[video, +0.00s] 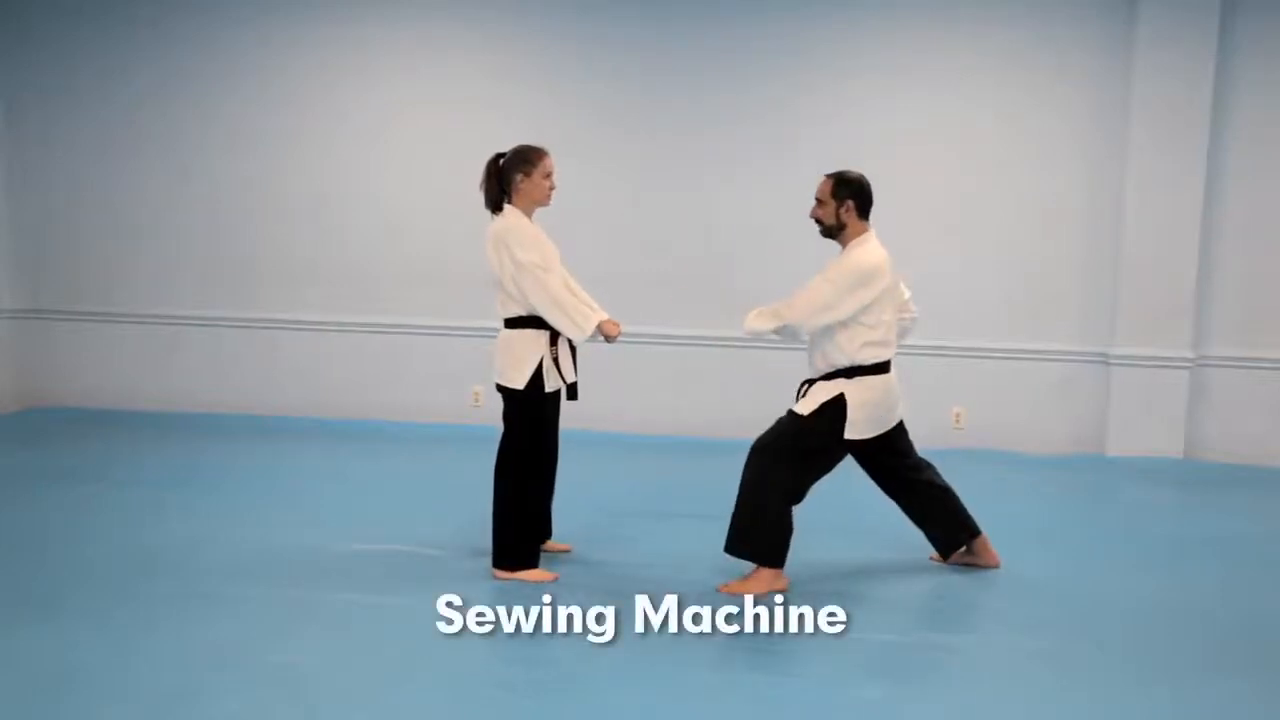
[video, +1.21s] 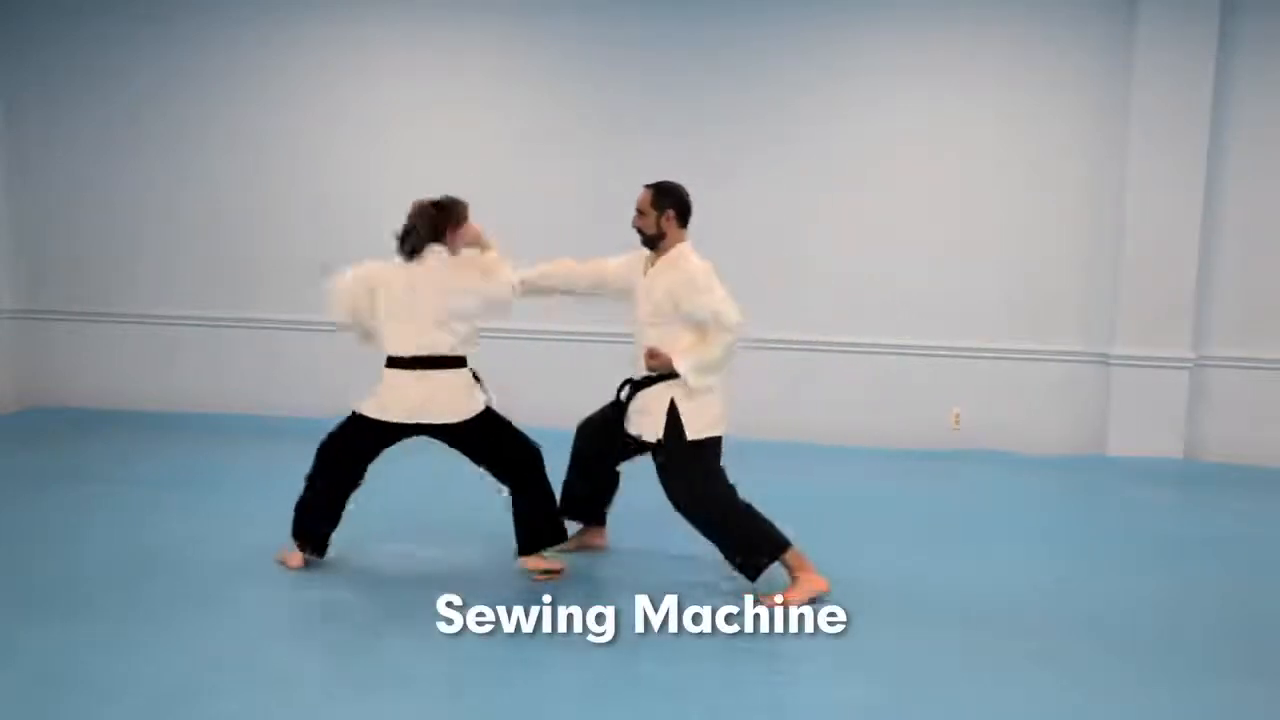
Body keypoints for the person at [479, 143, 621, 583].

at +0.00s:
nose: (553, 185)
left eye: (553, 177)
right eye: (546, 177)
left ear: (525, 183)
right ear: (519, 182)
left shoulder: (528, 228)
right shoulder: (511, 230)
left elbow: (562, 279)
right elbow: (544, 289)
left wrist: (598, 316)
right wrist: (594, 324)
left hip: (545, 352)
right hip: (526, 354)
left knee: (542, 452)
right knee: (521, 457)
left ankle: (534, 537)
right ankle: (510, 562)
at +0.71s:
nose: (589, 215)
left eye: (589, 206)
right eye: (585, 206)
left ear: (558, 204)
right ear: (564, 204)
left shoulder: (529, 233)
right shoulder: (540, 235)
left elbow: (554, 295)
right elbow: (564, 278)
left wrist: (594, 317)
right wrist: (615, 271)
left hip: (480, 360)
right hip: (493, 366)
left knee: (508, 457)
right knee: (529, 459)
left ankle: (516, 549)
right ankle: (524, 562)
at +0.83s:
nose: (576, 219)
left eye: (576, 211)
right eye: (571, 210)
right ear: (548, 206)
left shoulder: (542, 252)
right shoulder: (519, 238)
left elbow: (544, 309)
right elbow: (549, 228)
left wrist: (564, 330)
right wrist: (564, 213)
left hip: (467, 366)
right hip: (478, 371)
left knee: (448, 452)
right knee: (525, 462)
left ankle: (386, 510)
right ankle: (521, 562)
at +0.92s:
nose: (560, 221)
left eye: (560, 213)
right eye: (556, 213)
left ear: (541, 217)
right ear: (535, 215)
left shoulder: (534, 259)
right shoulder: (501, 245)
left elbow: (538, 311)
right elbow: (495, 223)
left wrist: (535, 340)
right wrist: (515, 199)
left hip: (462, 373)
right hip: (474, 377)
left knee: (409, 455)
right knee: (531, 465)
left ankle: (340, 512)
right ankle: (522, 562)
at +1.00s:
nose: (538, 224)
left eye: (537, 216)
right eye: (533, 216)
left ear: (511, 217)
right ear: (511, 218)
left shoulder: (512, 260)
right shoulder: (476, 248)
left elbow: (500, 334)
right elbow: (462, 228)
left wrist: (510, 392)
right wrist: (476, 195)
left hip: (439, 376)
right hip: (464, 382)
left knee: (391, 459)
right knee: (532, 466)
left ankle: (315, 521)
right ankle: (527, 563)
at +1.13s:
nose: (495, 230)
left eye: (495, 222)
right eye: (493, 222)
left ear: (449, 223)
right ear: (478, 224)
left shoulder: (414, 265)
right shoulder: (475, 263)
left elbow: (395, 321)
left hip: (400, 393)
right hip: (455, 398)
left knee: (354, 466)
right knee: (527, 458)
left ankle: (306, 547)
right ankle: (527, 553)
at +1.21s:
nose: (473, 229)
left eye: (469, 221)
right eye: (466, 224)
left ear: (415, 233)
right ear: (451, 233)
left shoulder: (383, 275)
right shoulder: (470, 273)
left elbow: (341, 305)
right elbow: (506, 286)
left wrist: (380, 329)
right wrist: (485, 247)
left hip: (392, 402)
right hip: (454, 404)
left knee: (336, 457)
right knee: (523, 459)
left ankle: (305, 548)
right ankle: (534, 551)